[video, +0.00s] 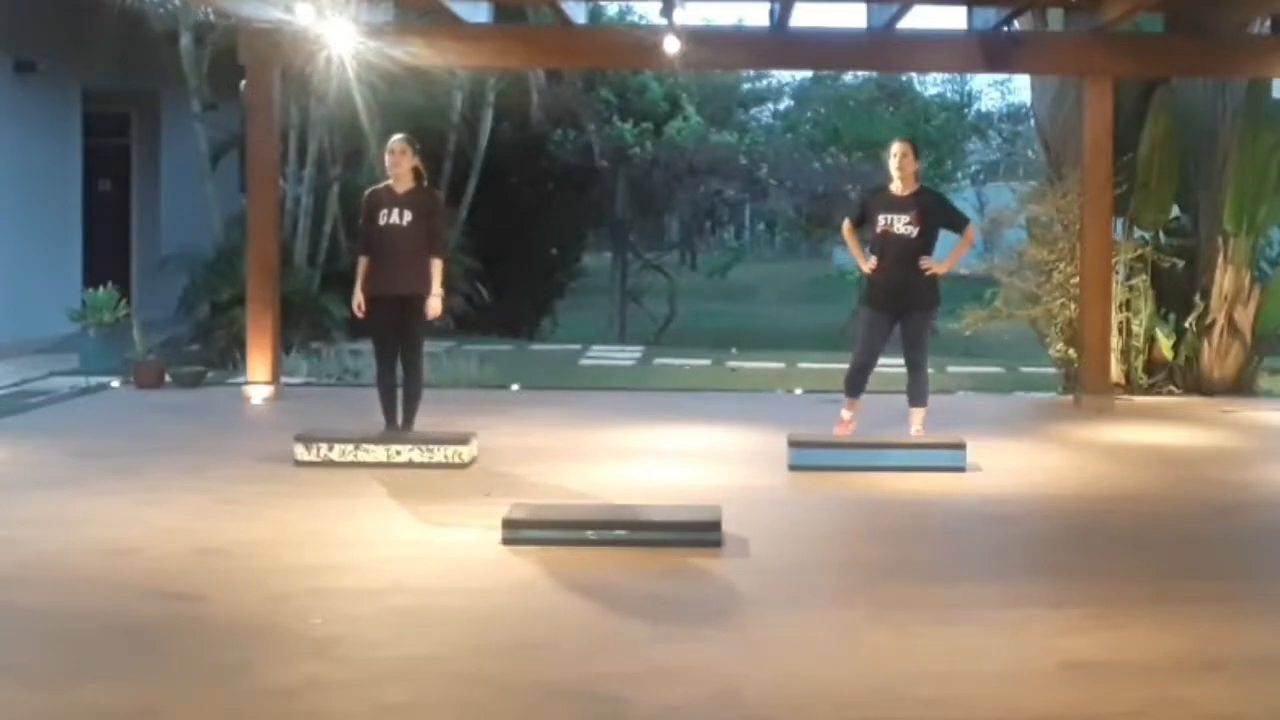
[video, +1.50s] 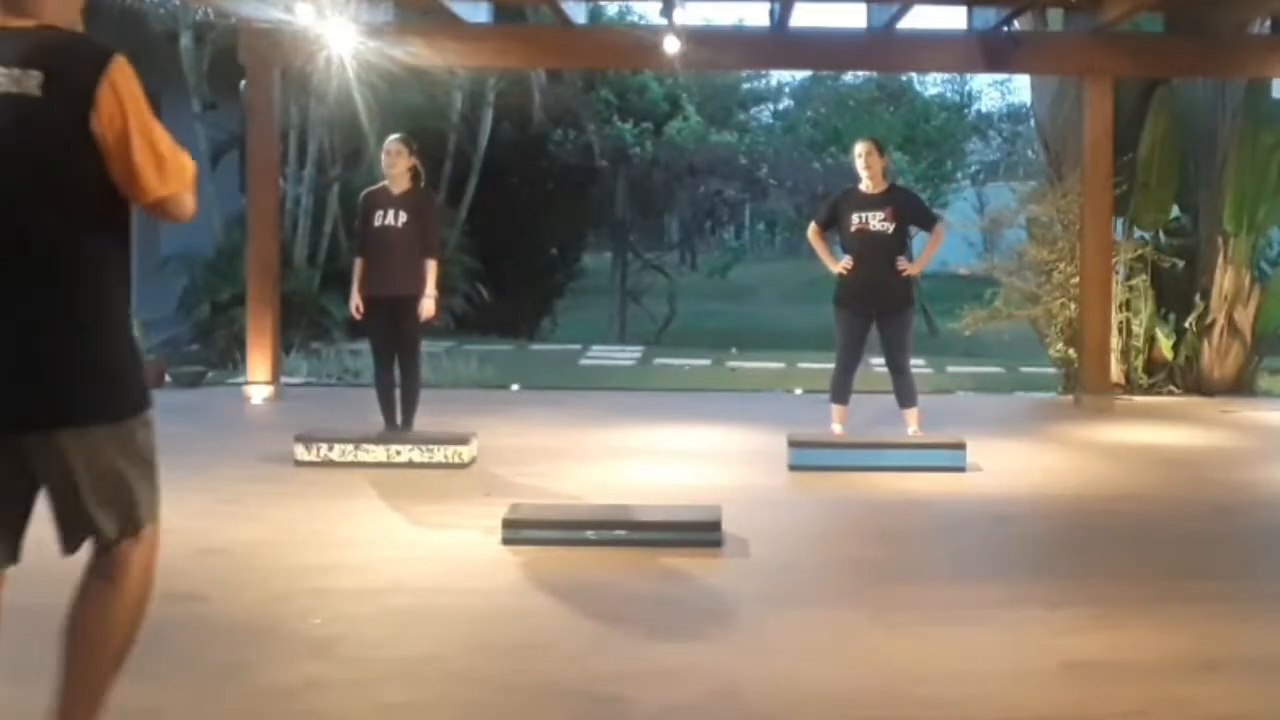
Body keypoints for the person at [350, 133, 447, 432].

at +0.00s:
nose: (394, 159)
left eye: (401, 153)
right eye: (390, 153)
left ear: (414, 159)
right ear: (384, 158)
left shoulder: (429, 198)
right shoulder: (373, 197)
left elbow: (436, 248)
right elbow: (365, 247)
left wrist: (436, 291)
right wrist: (358, 288)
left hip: (414, 294)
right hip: (380, 294)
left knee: (412, 362)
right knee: (385, 362)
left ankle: (407, 424)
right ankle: (390, 423)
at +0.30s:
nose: (393, 159)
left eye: (400, 153)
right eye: (389, 153)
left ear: (413, 160)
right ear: (383, 158)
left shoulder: (429, 199)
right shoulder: (372, 197)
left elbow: (435, 249)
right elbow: (364, 247)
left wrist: (436, 291)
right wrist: (357, 288)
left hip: (413, 294)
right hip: (379, 294)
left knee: (411, 361)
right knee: (384, 361)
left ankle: (407, 423)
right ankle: (390, 422)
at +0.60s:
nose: (392, 159)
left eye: (399, 153)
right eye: (388, 153)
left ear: (413, 159)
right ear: (382, 157)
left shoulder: (428, 199)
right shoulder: (370, 197)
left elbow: (433, 249)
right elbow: (362, 247)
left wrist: (432, 291)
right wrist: (356, 288)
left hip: (411, 294)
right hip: (377, 294)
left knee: (410, 362)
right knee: (383, 362)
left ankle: (407, 424)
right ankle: (389, 422)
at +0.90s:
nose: (391, 159)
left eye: (398, 153)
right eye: (387, 153)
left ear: (412, 159)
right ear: (381, 158)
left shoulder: (426, 200)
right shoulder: (370, 198)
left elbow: (432, 250)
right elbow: (361, 248)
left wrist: (431, 292)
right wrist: (355, 288)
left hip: (411, 295)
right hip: (377, 295)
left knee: (410, 363)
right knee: (383, 363)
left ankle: (407, 425)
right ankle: (389, 424)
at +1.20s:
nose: (389, 159)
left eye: (397, 154)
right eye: (386, 153)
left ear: (411, 160)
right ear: (380, 158)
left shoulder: (425, 199)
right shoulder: (369, 198)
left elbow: (431, 250)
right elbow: (361, 248)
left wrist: (430, 292)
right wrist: (355, 289)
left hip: (410, 295)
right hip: (376, 294)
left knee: (409, 363)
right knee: (382, 363)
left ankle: (407, 425)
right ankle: (389, 423)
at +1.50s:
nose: (389, 159)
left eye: (396, 154)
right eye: (386, 153)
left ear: (411, 160)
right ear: (381, 158)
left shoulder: (424, 199)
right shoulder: (370, 198)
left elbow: (431, 250)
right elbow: (361, 248)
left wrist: (429, 292)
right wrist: (355, 289)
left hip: (409, 295)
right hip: (376, 295)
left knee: (409, 363)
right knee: (382, 363)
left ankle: (407, 424)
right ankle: (389, 423)